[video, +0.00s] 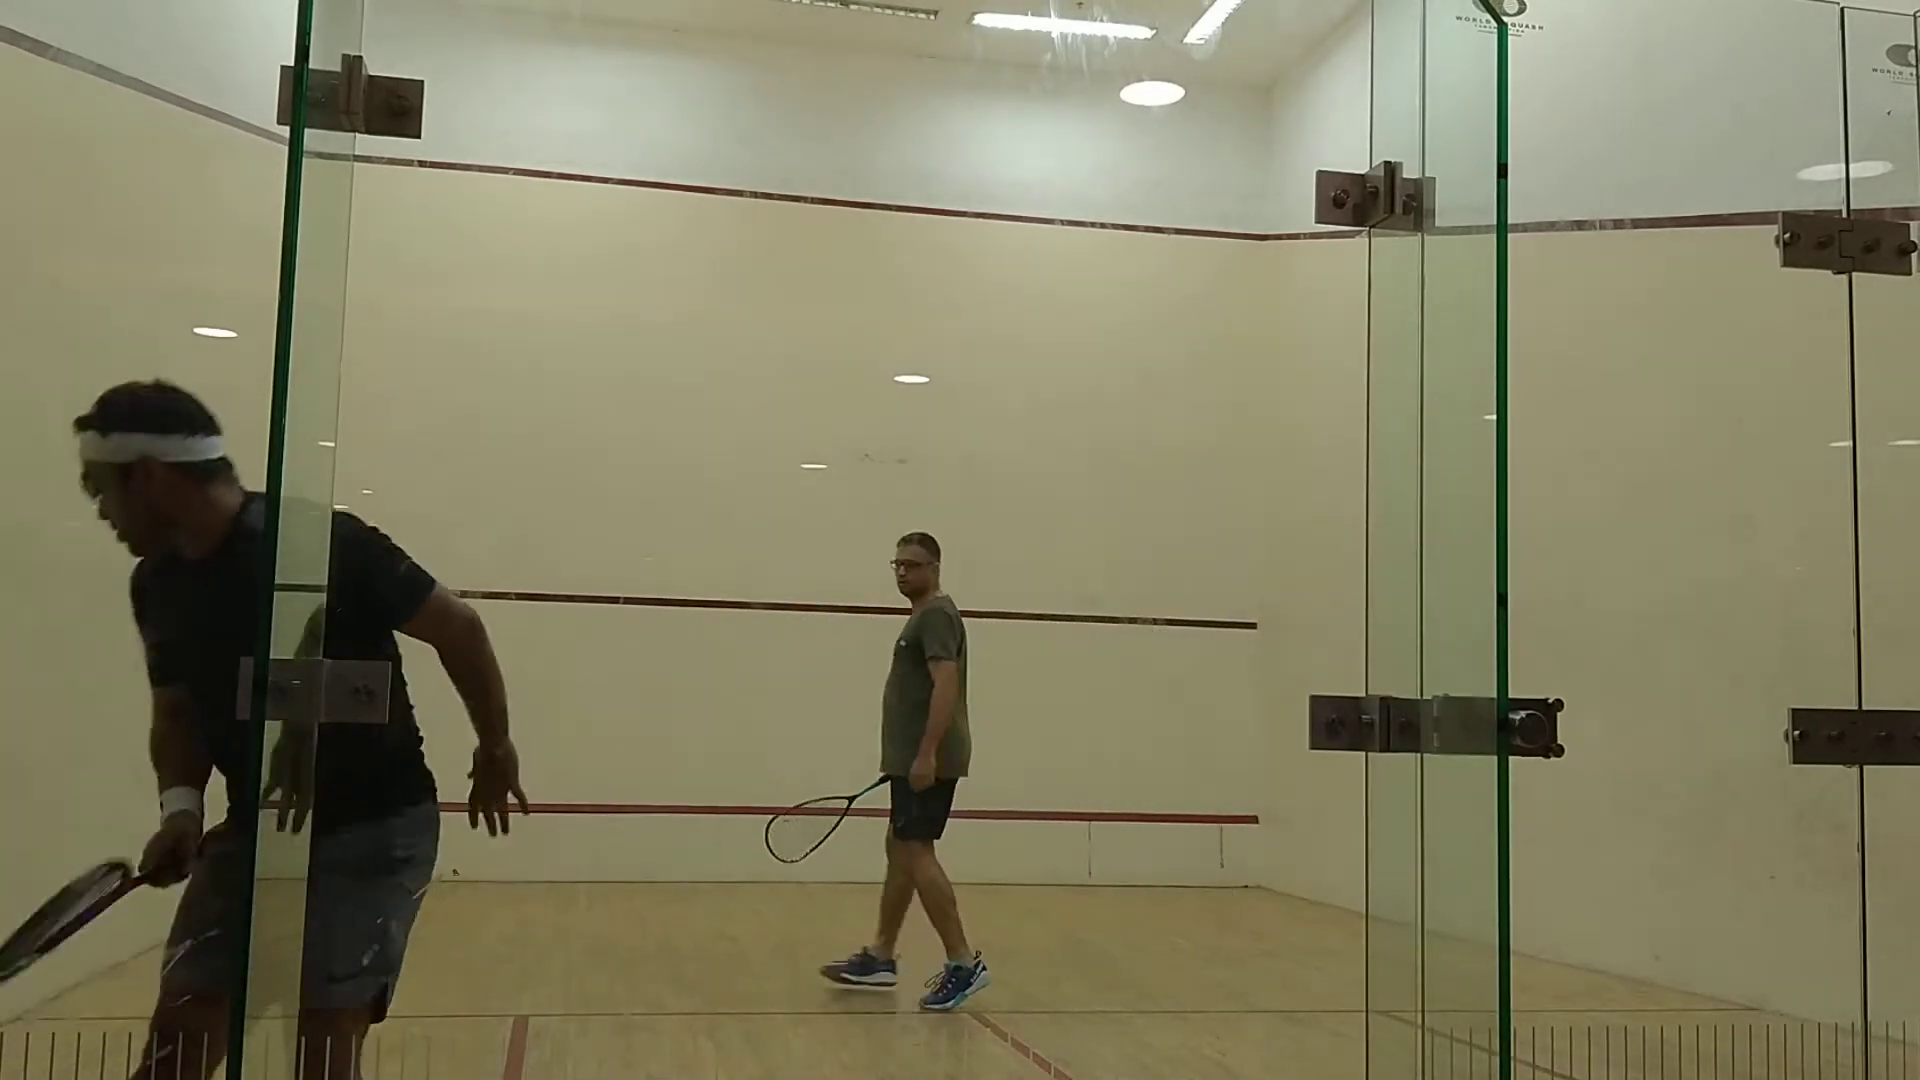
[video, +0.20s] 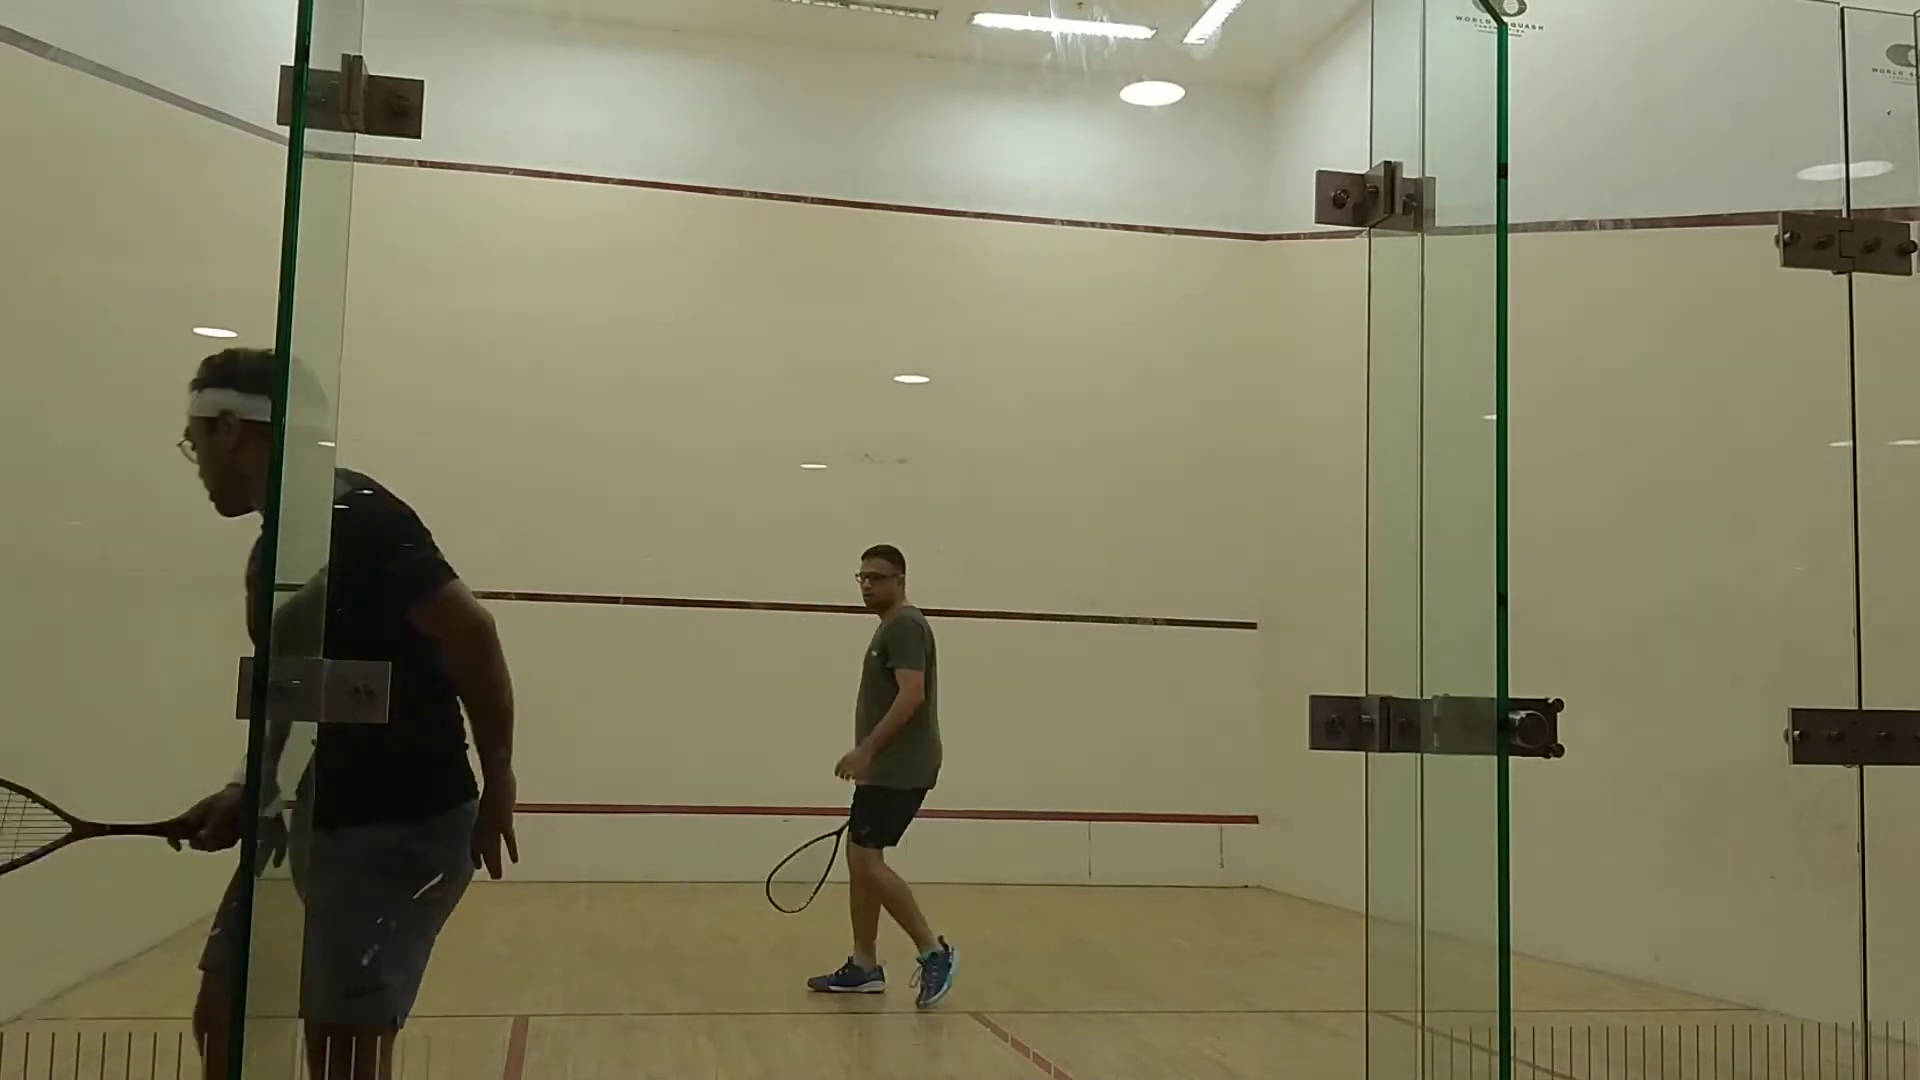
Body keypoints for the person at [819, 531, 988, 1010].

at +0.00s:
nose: (902, 572)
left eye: (912, 565)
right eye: (898, 565)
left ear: (935, 568)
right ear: (898, 570)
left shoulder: (936, 615)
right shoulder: (924, 616)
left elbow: (945, 687)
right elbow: (923, 694)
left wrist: (926, 754)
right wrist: (899, 755)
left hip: (929, 762)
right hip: (913, 760)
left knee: (916, 853)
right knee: (899, 850)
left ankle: (963, 962)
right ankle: (880, 957)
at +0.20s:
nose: (867, 585)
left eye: (877, 578)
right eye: (863, 578)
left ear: (899, 581)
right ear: (861, 582)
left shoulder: (906, 626)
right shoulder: (891, 627)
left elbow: (911, 696)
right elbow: (897, 703)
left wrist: (865, 750)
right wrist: (870, 761)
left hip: (902, 769)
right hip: (886, 768)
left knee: (866, 860)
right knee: (859, 858)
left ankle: (934, 953)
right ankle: (864, 965)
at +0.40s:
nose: (853, 576)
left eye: (862, 570)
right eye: (848, 569)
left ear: (884, 573)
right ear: (844, 573)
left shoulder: (899, 618)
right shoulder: (850, 627)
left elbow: (926, 680)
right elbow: (854, 700)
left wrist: (864, 703)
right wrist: (841, 762)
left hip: (890, 759)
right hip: (862, 759)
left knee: (859, 851)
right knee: (868, 856)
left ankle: (871, 967)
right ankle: (862, 963)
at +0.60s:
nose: (854, 581)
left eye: (864, 574)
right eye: (848, 571)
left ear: (883, 577)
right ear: (840, 572)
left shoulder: (898, 625)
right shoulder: (830, 625)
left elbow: (928, 685)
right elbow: (816, 690)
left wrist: (876, 667)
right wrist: (794, 753)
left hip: (881, 768)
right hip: (838, 765)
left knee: (863, 864)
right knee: (847, 863)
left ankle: (843, 977)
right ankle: (865, 964)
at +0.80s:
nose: (862, 573)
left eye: (872, 566)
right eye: (856, 564)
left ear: (890, 571)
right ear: (847, 565)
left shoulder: (906, 627)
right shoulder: (823, 620)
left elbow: (934, 692)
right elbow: (799, 686)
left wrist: (899, 694)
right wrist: (775, 748)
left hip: (878, 773)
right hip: (823, 765)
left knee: (863, 869)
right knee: (804, 860)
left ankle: (839, 979)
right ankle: (841, 940)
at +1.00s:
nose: (863, 569)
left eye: (873, 561)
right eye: (856, 561)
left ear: (891, 564)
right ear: (847, 562)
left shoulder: (912, 626)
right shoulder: (820, 615)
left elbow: (933, 690)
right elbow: (788, 685)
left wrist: (912, 721)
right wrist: (771, 751)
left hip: (876, 774)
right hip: (816, 766)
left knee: (860, 871)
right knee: (799, 862)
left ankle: (839, 978)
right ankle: (809, 961)